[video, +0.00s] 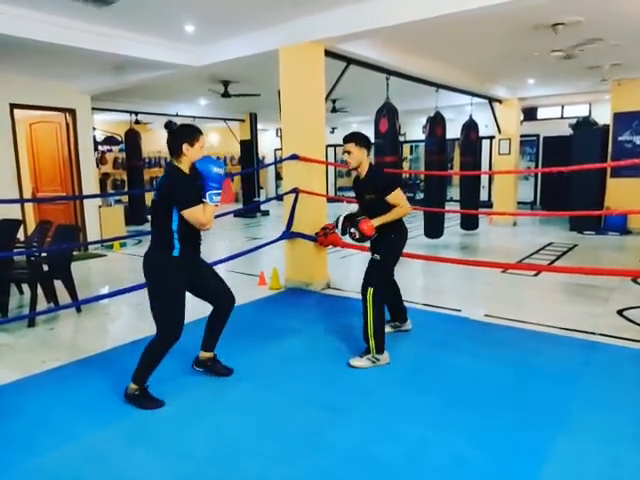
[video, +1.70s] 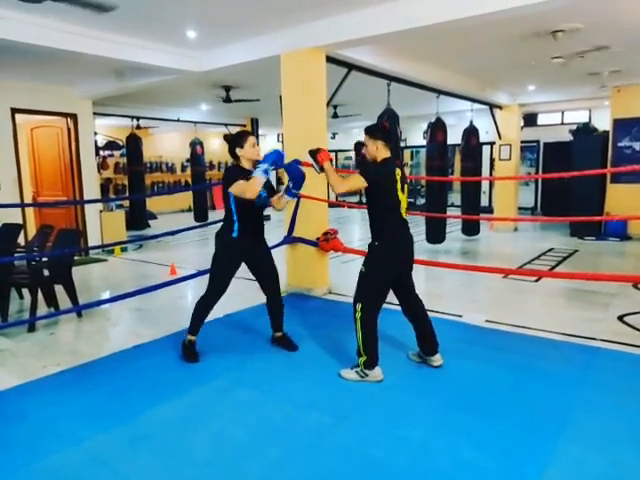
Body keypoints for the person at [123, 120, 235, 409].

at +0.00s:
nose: (204, 151)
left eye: (203, 146)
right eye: (200, 146)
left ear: (183, 149)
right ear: (186, 148)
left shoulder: (189, 177)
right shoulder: (175, 180)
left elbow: (203, 216)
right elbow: (205, 221)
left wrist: (205, 214)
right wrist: (212, 191)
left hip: (187, 260)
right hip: (164, 263)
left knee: (225, 301)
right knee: (170, 331)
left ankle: (206, 357)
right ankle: (136, 387)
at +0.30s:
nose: (206, 151)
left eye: (206, 146)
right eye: (202, 146)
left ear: (193, 149)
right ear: (186, 149)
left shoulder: (201, 176)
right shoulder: (174, 180)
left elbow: (223, 210)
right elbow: (202, 215)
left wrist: (227, 179)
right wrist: (213, 182)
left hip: (200, 253)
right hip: (174, 257)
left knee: (220, 301)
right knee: (167, 320)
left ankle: (214, 349)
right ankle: (139, 385)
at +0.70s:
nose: (210, 154)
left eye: (210, 149)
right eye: (205, 150)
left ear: (197, 153)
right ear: (189, 154)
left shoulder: (213, 176)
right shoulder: (177, 184)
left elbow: (249, 188)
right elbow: (186, 220)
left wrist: (262, 173)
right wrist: (199, 190)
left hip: (214, 251)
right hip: (184, 255)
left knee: (247, 292)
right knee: (181, 313)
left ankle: (255, 334)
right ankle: (157, 359)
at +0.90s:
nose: (235, 151)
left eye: (235, 145)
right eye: (228, 147)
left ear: (237, 147)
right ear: (212, 152)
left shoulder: (241, 174)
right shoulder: (202, 178)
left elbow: (269, 188)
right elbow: (215, 212)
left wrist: (278, 172)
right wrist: (227, 183)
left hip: (235, 247)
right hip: (207, 250)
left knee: (256, 295)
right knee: (192, 304)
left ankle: (264, 335)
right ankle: (166, 353)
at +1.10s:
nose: (241, 154)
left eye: (240, 150)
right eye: (237, 151)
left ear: (225, 154)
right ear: (223, 154)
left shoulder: (233, 175)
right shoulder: (224, 179)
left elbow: (248, 204)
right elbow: (251, 208)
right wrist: (256, 180)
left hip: (237, 247)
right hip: (218, 249)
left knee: (261, 290)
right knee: (220, 305)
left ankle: (264, 336)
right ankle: (188, 339)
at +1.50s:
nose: (243, 159)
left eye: (242, 155)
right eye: (238, 155)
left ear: (237, 159)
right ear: (224, 159)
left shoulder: (246, 180)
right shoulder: (210, 188)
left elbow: (276, 192)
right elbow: (227, 220)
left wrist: (285, 171)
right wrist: (237, 190)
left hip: (243, 250)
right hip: (217, 254)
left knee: (277, 290)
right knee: (214, 308)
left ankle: (272, 333)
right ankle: (186, 343)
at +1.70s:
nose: (258, 149)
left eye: (257, 144)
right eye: (253, 146)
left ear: (251, 150)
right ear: (239, 151)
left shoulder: (259, 176)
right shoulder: (232, 175)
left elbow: (277, 204)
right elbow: (250, 192)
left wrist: (291, 187)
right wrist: (265, 167)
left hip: (256, 242)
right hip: (231, 243)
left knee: (273, 289)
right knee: (215, 292)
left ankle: (278, 334)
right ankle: (191, 338)